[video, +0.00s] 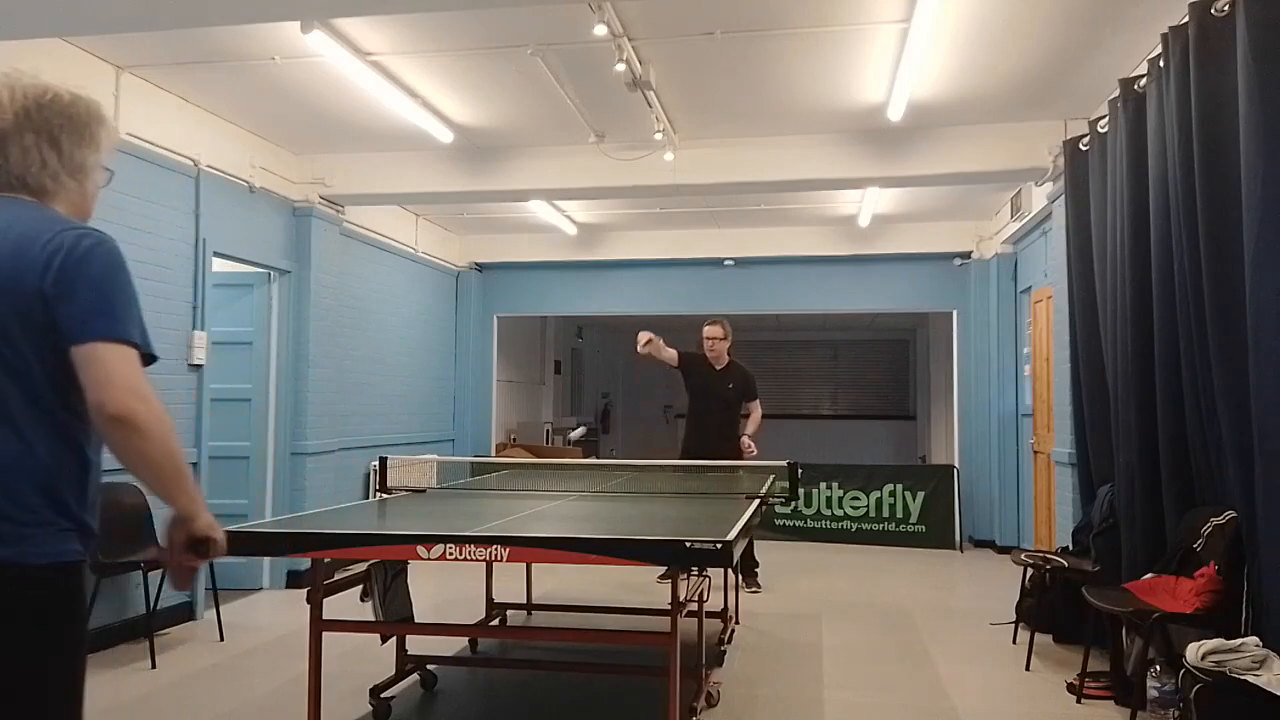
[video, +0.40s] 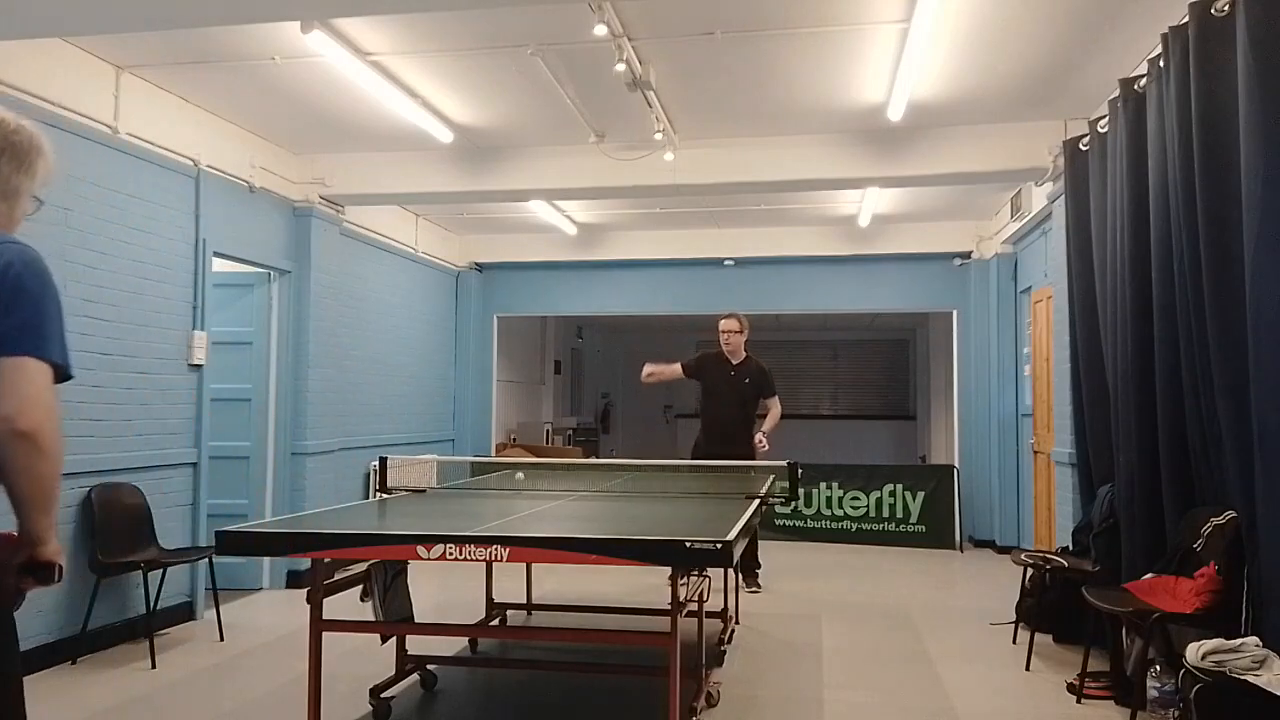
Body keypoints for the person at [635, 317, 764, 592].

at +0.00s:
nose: (710, 344)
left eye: (716, 339)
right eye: (706, 339)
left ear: (728, 342)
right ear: (702, 341)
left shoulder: (742, 375)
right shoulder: (692, 362)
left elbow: (755, 411)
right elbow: (663, 353)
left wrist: (747, 434)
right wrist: (650, 340)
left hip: (728, 456)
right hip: (692, 453)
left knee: (738, 513)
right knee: (678, 508)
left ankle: (748, 572)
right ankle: (677, 561)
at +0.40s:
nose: (726, 337)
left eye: (732, 333)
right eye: (723, 333)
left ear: (744, 335)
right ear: (718, 335)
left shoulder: (757, 370)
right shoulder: (707, 362)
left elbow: (775, 408)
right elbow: (674, 371)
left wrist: (763, 431)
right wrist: (652, 371)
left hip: (741, 456)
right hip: (706, 453)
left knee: (747, 515)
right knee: (693, 509)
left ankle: (749, 573)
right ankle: (685, 566)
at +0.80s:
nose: (687, 341)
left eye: (692, 336)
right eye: (683, 337)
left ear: (707, 337)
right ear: (680, 341)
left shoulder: (726, 372)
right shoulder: (679, 371)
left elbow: (744, 413)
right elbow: (674, 407)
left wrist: (719, 435)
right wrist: (665, 440)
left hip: (717, 460)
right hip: (681, 458)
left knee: (730, 515)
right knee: (667, 514)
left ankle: (748, 572)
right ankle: (663, 574)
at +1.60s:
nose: (548, 370)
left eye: (551, 363)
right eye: (546, 365)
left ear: (569, 357)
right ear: (566, 360)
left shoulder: (592, 381)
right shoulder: (580, 379)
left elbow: (567, 423)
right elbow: (584, 416)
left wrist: (531, 446)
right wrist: (570, 433)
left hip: (622, 466)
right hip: (604, 464)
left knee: (587, 524)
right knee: (602, 524)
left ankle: (579, 589)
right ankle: (648, 566)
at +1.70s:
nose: (535, 380)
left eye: (537, 373)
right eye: (532, 375)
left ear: (555, 365)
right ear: (554, 367)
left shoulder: (579, 386)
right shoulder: (570, 382)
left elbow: (548, 427)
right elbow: (577, 416)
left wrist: (510, 451)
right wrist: (563, 436)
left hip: (620, 463)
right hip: (602, 462)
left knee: (587, 524)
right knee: (605, 522)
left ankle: (579, 590)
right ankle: (650, 565)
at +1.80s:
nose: (526, 387)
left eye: (528, 380)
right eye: (524, 382)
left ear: (546, 372)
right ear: (547, 372)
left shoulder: (569, 390)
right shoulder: (566, 380)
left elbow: (537, 433)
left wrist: (499, 458)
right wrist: (561, 432)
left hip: (617, 461)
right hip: (607, 460)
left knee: (587, 524)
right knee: (612, 520)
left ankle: (578, 590)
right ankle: (655, 562)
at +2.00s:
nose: (527, 383)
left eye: (529, 377)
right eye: (525, 379)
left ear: (547, 369)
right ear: (547, 370)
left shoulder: (569, 385)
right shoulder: (565, 380)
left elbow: (554, 440)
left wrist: (509, 457)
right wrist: (551, 437)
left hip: (615, 458)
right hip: (603, 458)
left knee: (589, 523)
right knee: (598, 523)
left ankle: (579, 589)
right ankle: (660, 559)